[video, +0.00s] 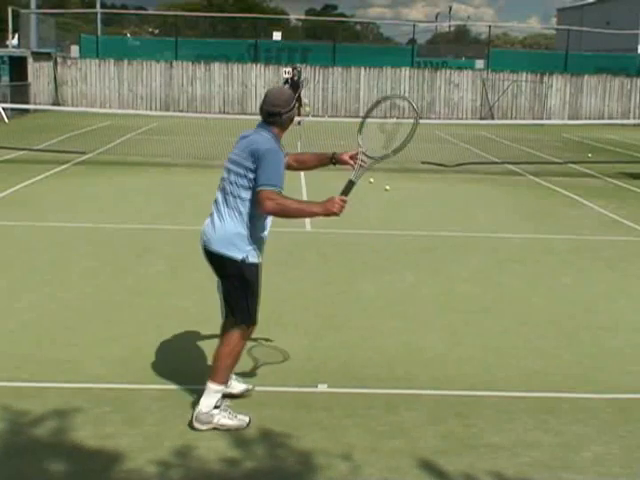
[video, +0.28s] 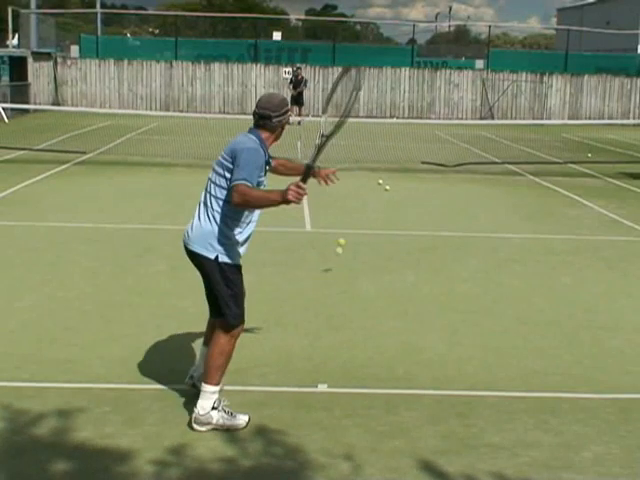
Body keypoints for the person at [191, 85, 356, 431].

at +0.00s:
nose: (298, 115)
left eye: (296, 109)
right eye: (297, 110)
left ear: (264, 112)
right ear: (291, 116)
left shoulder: (251, 139)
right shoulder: (269, 149)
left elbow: (291, 161)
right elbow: (268, 203)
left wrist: (335, 158)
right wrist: (321, 207)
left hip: (218, 239)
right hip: (237, 248)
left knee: (236, 317)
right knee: (242, 325)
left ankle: (221, 377)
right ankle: (207, 407)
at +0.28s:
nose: (288, 126)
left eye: (287, 121)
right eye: (287, 121)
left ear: (256, 120)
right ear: (281, 124)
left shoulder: (248, 143)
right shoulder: (251, 151)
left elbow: (275, 165)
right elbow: (239, 195)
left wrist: (311, 170)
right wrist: (281, 196)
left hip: (206, 241)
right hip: (216, 248)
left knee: (223, 314)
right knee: (232, 326)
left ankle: (202, 371)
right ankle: (207, 407)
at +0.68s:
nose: (261, 97)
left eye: (260, 91)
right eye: (260, 92)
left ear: (229, 94)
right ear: (252, 94)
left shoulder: (205, 127)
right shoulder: (262, 126)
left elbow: (175, 173)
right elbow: (298, 159)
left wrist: (175, 206)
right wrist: (328, 156)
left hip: (212, 228)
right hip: (246, 231)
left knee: (219, 297)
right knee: (246, 304)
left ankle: (207, 367)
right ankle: (226, 386)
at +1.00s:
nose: (239, 99)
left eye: (233, 95)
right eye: (251, 94)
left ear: (229, 97)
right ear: (259, 96)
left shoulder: (218, 136)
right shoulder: (274, 128)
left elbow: (204, 195)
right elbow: (251, 133)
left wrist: (197, 222)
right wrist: (223, 125)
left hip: (234, 236)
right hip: (275, 233)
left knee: (225, 305)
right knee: (287, 306)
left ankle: (218, 379)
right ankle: (295, 384)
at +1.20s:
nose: (250, 108)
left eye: (246, 103)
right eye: (263, 102)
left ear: (244, 106)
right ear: (273, 104)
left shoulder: (241, 144)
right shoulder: (291, 137)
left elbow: (231, 198)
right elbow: (271, 171)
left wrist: (204, 213)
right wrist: (231, 163)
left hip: (257, 246)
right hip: (297, 244)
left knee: (234, 308)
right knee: (301, 311)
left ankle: (222, 380)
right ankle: (319, 385)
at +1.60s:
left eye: (253, 99)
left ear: (248, 103)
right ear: (280, 103)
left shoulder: (233, 140)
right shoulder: (301, 139)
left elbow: (219, 196)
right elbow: (324, 194)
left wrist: (226, 210)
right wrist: (293, 215)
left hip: (253, 250)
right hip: (295, 248)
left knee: (259, 322)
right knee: (307, 318)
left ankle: (271, 405)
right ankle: (318, 396)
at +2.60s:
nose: (304, 128)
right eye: (306, 123)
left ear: (274, 124)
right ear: (306, 126)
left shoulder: (248, 160)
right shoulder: (310, 169)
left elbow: (234, 217)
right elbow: (316, 235)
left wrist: (259, 242)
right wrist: (312, 268)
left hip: (242, 272)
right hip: (287, 275)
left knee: (231, 343)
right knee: (318, 342)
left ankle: (196, 425)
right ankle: (315, 433)